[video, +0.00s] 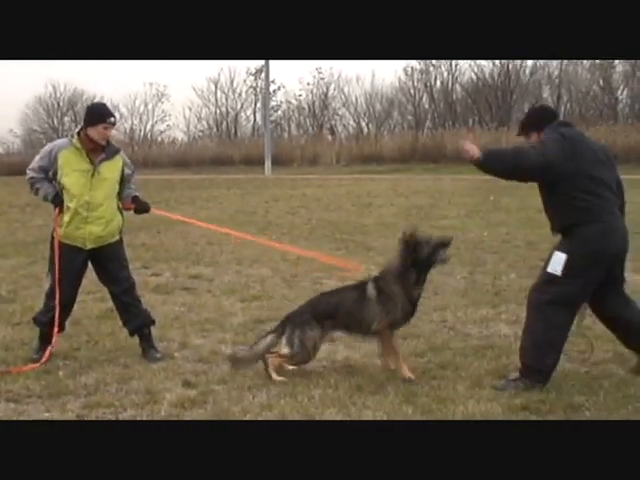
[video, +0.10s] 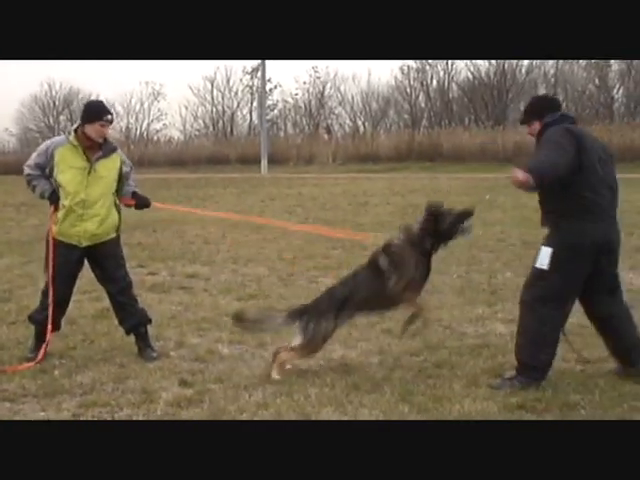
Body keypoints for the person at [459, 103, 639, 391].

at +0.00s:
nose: (529, 144)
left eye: (529, 138)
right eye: (527, 139)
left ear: (539, 132)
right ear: (556, 126)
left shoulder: (554, 144)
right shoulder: (594, 146)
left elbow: (525, 161)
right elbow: (616, 190)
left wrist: (481, 157)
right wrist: (613, 226)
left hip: (584, 239)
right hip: (613, 236)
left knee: (547, 300)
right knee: (608, 299)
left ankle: (532, 377)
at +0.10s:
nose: (529, 132)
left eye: (530, 125)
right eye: (527, 127)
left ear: (542, 120)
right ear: (559, 115)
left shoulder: (557, 134)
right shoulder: (591, 140)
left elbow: (553, 160)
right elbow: (606, 188)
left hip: (571, 237)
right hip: (603, 236)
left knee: (540, 299)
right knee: (603, 299)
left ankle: (529, 374)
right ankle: (632, 361)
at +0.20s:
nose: (533, 129)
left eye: (535, 122)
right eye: (532, 123)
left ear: (546, 119)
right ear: (562, 115)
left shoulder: (560, 137)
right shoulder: (589, 141)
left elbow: (572, 170)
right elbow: (602, 188)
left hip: (562, 234)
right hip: (594, 237)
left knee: (527, 294)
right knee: (597, 299)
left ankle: (519, 371)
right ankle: (626, 363)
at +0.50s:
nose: (511, 128)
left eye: (513, 121)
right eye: (510, 122)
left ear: (527, 119)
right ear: (536, 118)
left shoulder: (540, 142)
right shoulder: (560, 141)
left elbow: (550, 179)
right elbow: (580, 185)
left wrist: (553, 217)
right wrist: (569, 219)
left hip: (542, 235)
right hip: (572, 235)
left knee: (507, 294)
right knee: (582, 298)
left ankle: (486, 367)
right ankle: (612, 361)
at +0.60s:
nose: (489, 137)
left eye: (489, 131)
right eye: (487, 131)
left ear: (499, 126)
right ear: (522, 120)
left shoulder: (511, 140)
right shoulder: (557, 145)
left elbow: (509, 173)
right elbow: (569, 192)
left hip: (532, 241)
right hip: (572, 239)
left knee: (500, 300)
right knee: (584, 297)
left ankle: (477, 369)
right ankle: (609, 360)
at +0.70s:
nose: (475, 143)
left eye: (476, 138)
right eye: (474, 139)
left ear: (484, 132)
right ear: (506, 124)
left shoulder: (492, 148)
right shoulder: (544, 145)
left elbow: (451, 163)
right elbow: (574, 186)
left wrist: (406, 161)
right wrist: (573, 230)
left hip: (529, 238)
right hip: (566, 234)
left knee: (492, 299)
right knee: (575, 299)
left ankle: (470, 369)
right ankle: (604, 361)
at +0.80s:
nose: (476, 140)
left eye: (477, 134)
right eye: (475, 135)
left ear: (485, 129)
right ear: (507, 122)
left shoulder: (491, 144)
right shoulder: (542, 145)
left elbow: (453, 165)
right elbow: (571, 186)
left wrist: (408, 170)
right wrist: (570, 231)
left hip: (520, 238)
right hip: (559, 235)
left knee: (483, 297)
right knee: (565, 298)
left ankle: (465, 369)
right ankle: (599, 360)